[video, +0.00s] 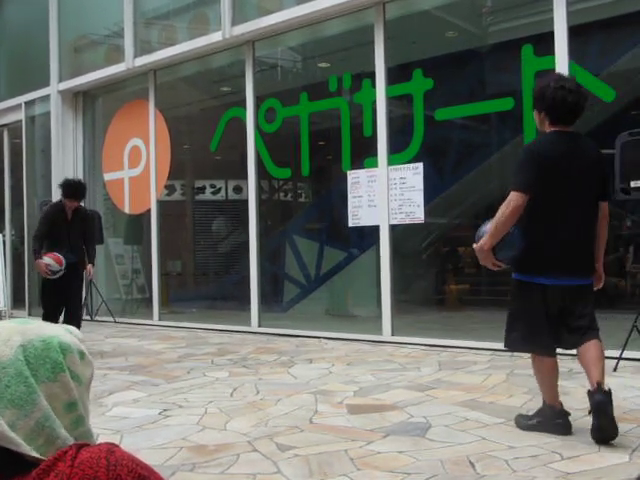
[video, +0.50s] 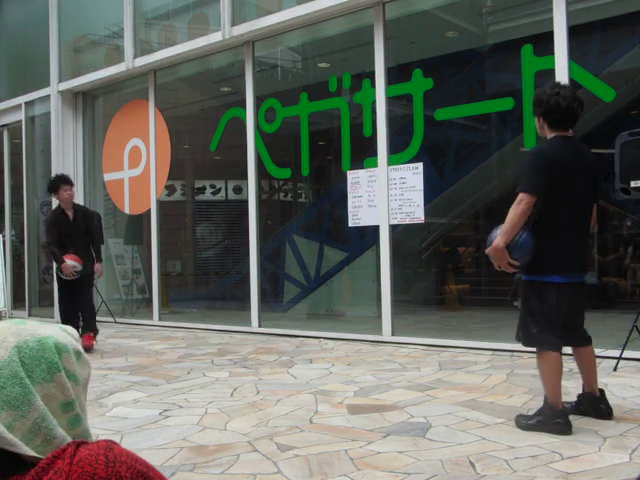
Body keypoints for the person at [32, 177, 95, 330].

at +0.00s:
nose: (72, 205)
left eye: (76, 202)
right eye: (69, 201)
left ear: (81, 200)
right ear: (63, 197)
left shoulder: (85, 215)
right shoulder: (51, 212)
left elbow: (89, 241)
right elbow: (38, 237)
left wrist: (90, 262)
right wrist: (37, 259)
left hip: (75, 268)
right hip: (52, 267)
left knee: (74, 314)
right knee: (51, 313)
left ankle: (69, 349)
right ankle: (47, 348)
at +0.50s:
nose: (69, 194)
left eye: (70, 190)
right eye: (64, 191)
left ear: (74, 191)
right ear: (56, 195)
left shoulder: (86, 214)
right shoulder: (52, 218)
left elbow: (95, 240)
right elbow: (51, 244)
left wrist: (98, 261)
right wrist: (61, 263)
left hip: (86, 264)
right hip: (64, 266)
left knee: (86, 301)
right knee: (67, 304)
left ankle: (89, 333)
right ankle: (69, 336)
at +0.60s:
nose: (71, 192)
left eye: (72, 188)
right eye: (66, 189)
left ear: (76, 190)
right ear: (58, 193)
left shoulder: (90, 214)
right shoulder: (53, 218)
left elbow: (98, 239)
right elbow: (49, 245)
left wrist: (98, 259)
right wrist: (56, 263)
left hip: (88, 265)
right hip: (66, 266)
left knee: (89, 300)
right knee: (68, 303)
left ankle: (93, 333)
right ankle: (70, 337)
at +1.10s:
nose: (96, 192)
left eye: (98, 189)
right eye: (92, 189)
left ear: (101, 192)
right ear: (84, 192)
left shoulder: (106, 216)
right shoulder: (77, 214)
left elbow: (108, 240)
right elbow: (65, 237)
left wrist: (102, 257)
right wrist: (59, 256)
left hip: (101, 261)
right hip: (84, 263)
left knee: (99, 297)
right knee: (84, 297)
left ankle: (96, 331)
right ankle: (82, 333)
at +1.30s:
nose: (105, 192)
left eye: (107, 189)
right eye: (101, 189)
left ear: (109, 191)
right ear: (92, 191)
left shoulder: (109, 215)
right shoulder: (84, 212)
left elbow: (114, 240)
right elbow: (75, 235)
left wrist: (121, 263)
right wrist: (72, 253)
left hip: (105, 261)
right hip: (89, 262)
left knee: (104, 297)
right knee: (98, 298)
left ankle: (94, 331)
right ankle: (107, 332)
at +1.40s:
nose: (108, 192)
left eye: (110, 189)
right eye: (105, 189)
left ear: (111, 192)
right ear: (95, 191)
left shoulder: (109, 214)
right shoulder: (88, 212)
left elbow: (116, 239)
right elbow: (81, 234)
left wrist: (126, 261)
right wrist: (82, 253)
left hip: (108, 259)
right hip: (92, 260)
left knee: (104, 297)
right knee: (101, 297)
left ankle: (95, 330)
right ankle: (117, 331)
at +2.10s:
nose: (123, 190)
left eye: (123, 186)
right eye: (120, 186)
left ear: (110, 192)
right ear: (110, 191)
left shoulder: (104, 209)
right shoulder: (112, 210)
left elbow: (107, 237)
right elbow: (125, 235)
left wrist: (121, 253)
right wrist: (141, 254)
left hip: (106, 260)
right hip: (111, 261)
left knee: (116, 295)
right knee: (122, 295)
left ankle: (100, 324)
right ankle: (123, 333)